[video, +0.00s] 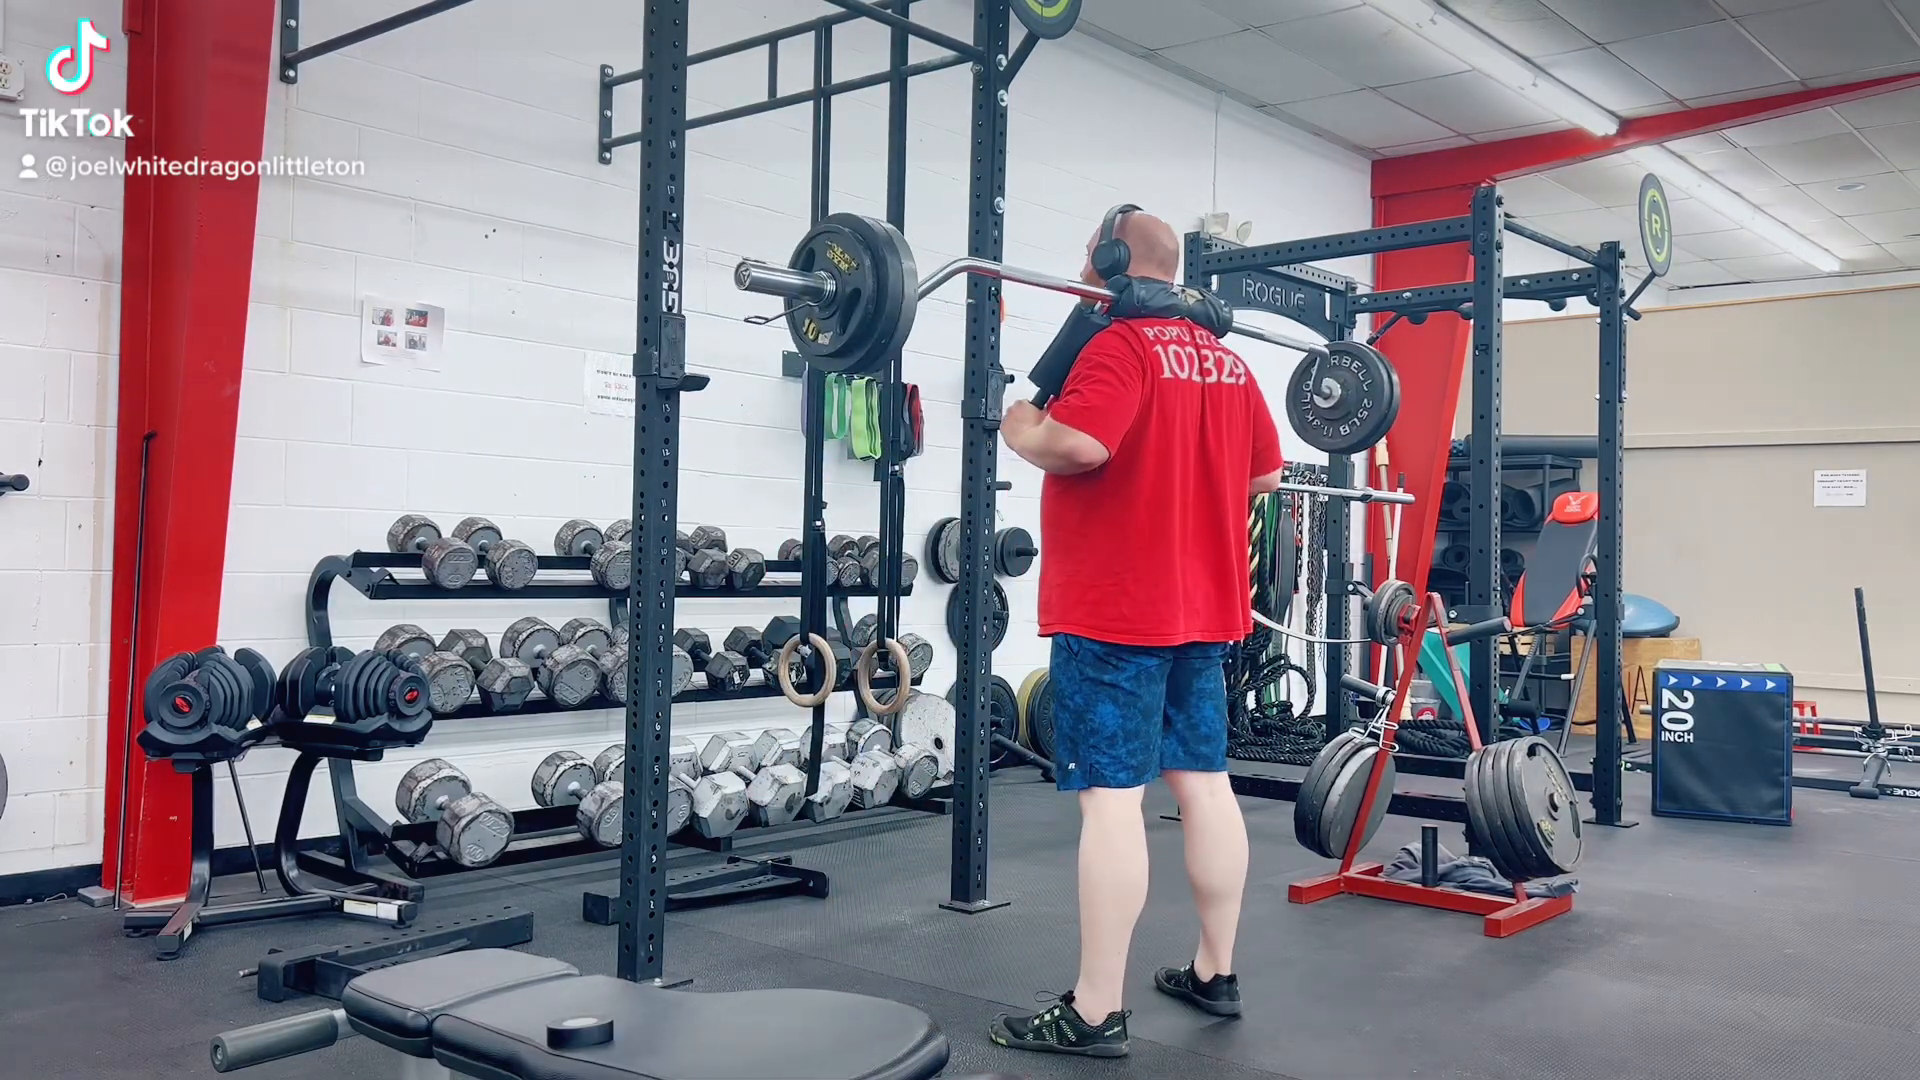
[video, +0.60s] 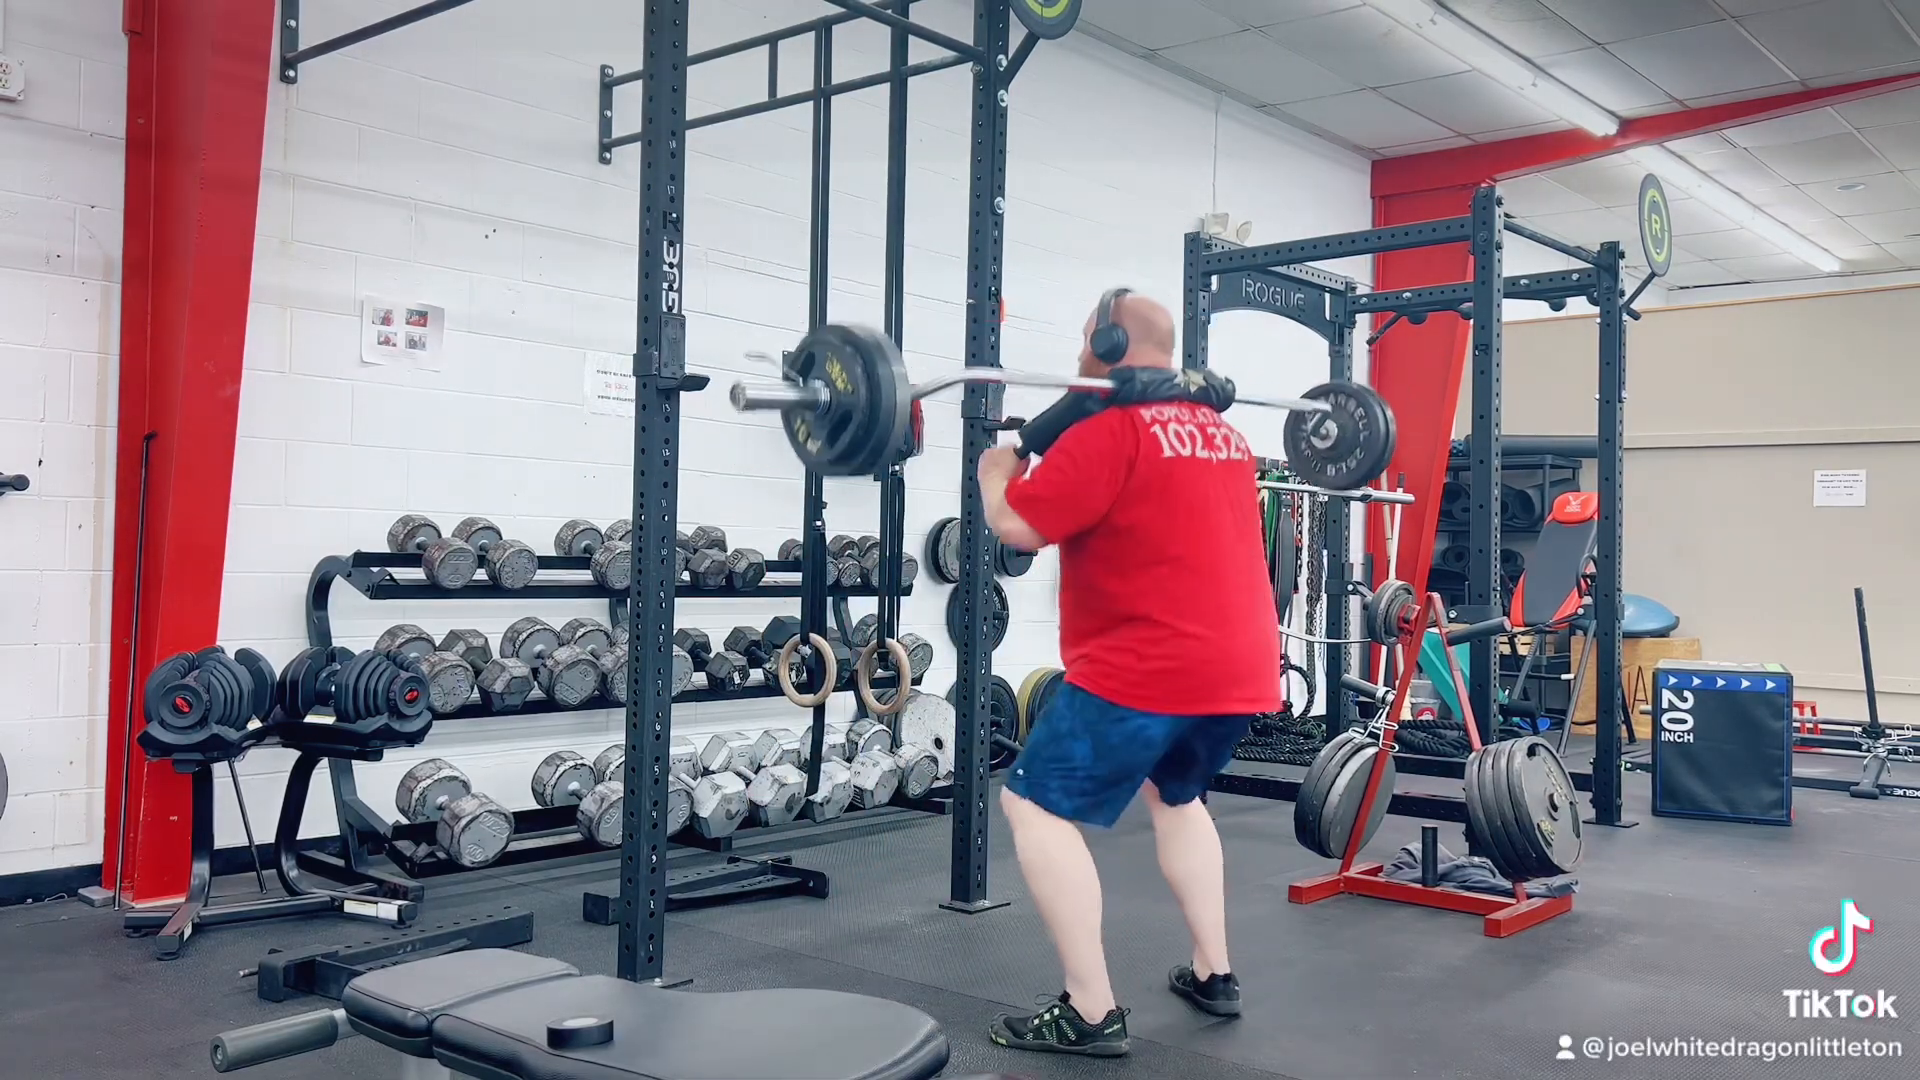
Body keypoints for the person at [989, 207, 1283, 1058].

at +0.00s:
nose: (1086, 286)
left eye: (1088, 274)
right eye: (1089, 274)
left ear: (1104, 277)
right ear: (1175, 275)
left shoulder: (1119, 343)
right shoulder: (1228, 360)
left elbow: (1084, 444)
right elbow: (1265, 471)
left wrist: (1025, 427)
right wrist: (1180, 478)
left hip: (1117, 608)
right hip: (1207, 609)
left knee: (1111, 796)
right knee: (1204, 780)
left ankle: (1095, 1009)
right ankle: (1217, 974)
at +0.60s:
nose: (1078, 358)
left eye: (1083, 345)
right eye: (1082, 344)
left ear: (1103, 352)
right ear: (1167, 352)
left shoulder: (1112, 429)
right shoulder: (1223, 430)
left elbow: (1015, 526)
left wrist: (994, 471)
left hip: (1142, 667)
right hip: (1243, 669)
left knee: (1034, 799)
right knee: (1176, 792)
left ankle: (1091, 1007)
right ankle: (1215, 974)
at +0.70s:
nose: (1067, 436)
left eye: (1072, 422)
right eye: (1070, 423)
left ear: (1092, 429)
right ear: (1158, 430)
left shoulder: (1108, 504)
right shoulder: (1212, 497)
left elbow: (1006, 597)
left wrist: (990, 540)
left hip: (1160, 728)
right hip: (1261, 730)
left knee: (1014, 810)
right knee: (1172, 808)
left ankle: (1090, 1009)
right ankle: (1214, 975)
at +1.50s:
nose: (1084, 304)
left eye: (1087, 292)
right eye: (1087, 291)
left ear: (1103, 296)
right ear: (1171, 293)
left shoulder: (1115, 363)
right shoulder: (1227, 374)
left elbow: (1033, 452)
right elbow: (1252, 481)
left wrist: (1006, 418)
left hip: (1134, 611)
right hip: (1231, 612)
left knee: (1077, 782)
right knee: (1187, 779)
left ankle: (1094, 1005)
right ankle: (1216, 973)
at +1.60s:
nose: (1088, 290)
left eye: (1091, 278)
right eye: (1091, 277)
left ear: (1110, 278)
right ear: (1174, 275)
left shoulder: (1121, 348)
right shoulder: (1229, 360)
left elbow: (1051, 443)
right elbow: (1258, 467)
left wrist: (1014, 416)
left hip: (1125, 604)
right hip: (1218, 602)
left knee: (1116, 799)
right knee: (1206, 787)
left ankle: (1096, 1007)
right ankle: (1217, 974)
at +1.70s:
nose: (1089, 292)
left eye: (1090, 280)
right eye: (1091, 279)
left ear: (1105, 282)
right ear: (1175, 276)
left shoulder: (1123, 349)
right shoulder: (1230, 360)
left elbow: (1068, 449)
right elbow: (1264, 466)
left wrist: (1023, 427)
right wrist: (1183, 474)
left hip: (1124, 607)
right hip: (1216, 605)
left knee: (1119, 798)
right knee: (1210, 785)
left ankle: (1096, 1009)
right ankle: (1218, 975)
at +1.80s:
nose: (1089, 296)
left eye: (1091, 284)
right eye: (1091, 284)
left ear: (1109, 285)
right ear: (1175, 282)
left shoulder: (1122, 353)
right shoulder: (1231, 366)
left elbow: (1047, 453)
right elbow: (1254, 474)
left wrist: (1011, 419)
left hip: (1124, 615)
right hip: (1221, 614)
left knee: (1090, 790)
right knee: (1188, 783)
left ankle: (1094, 1008)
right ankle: (1215, 973)